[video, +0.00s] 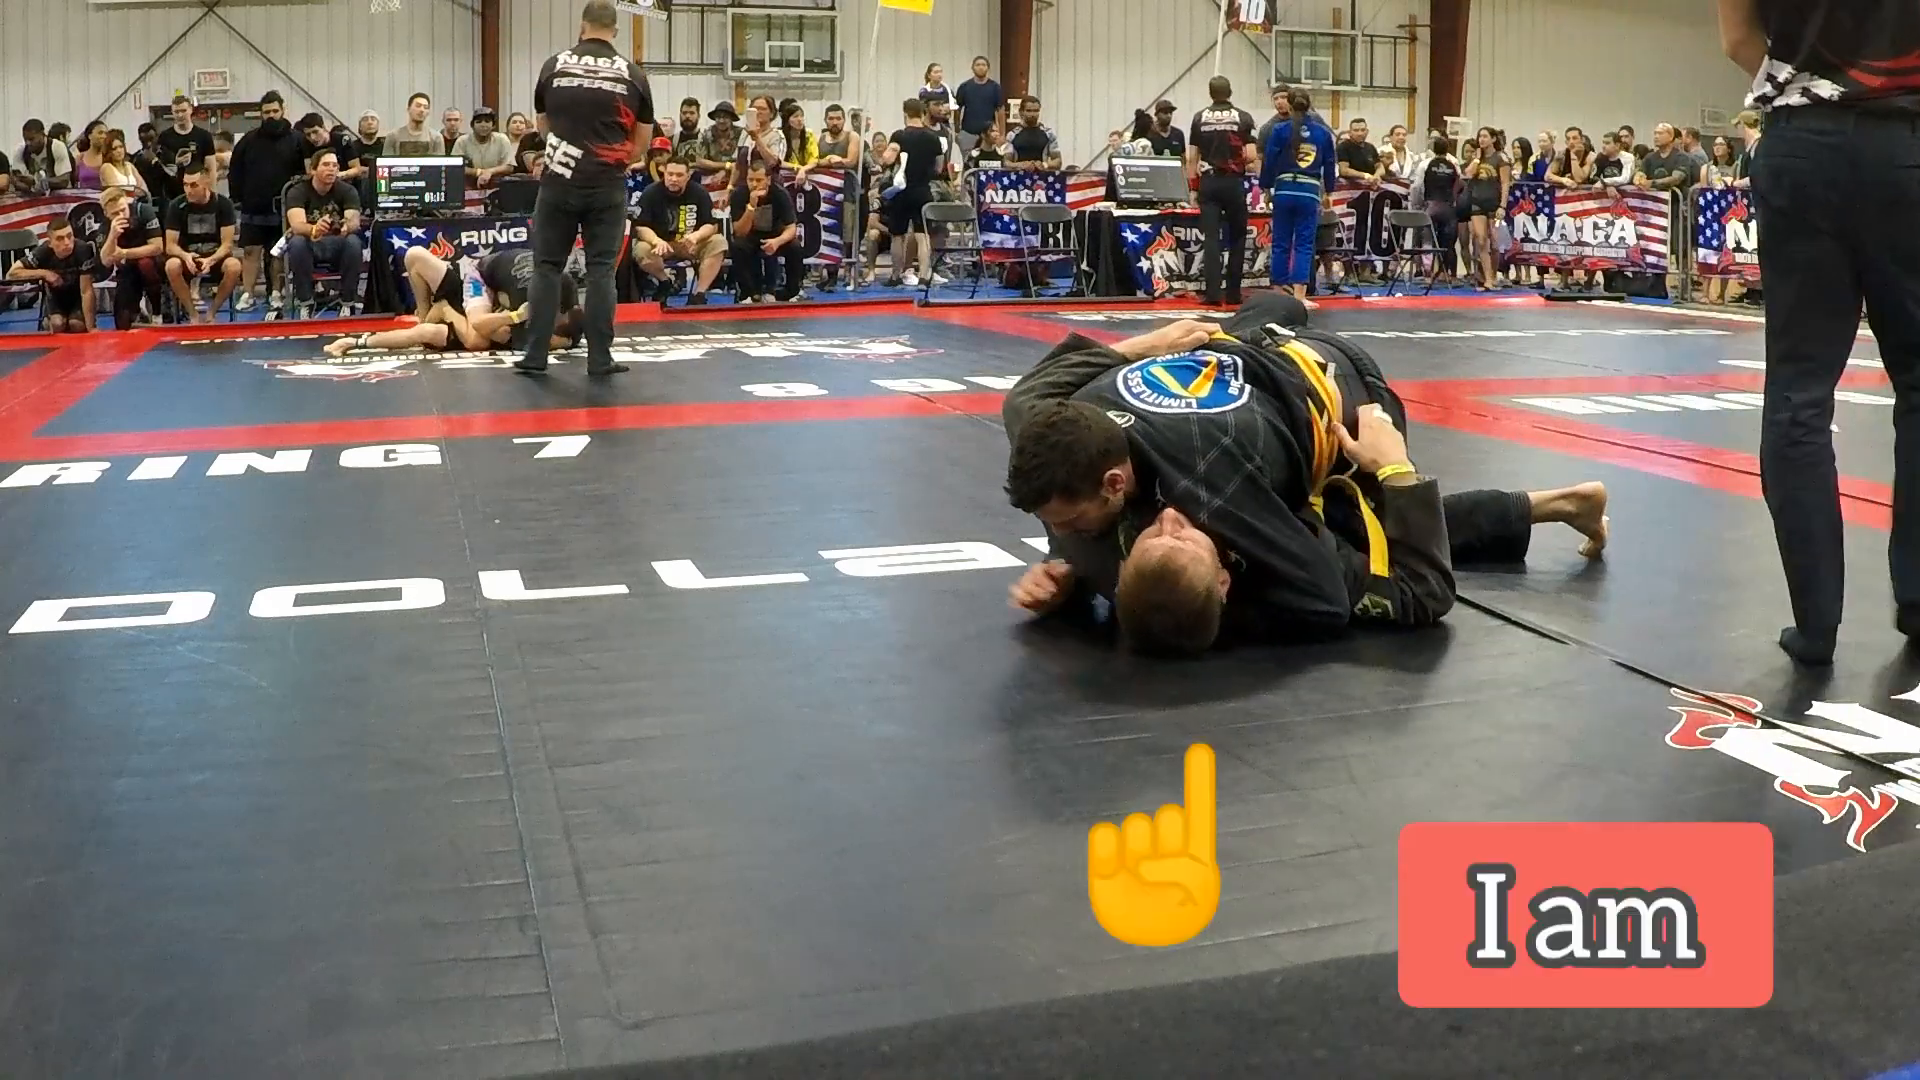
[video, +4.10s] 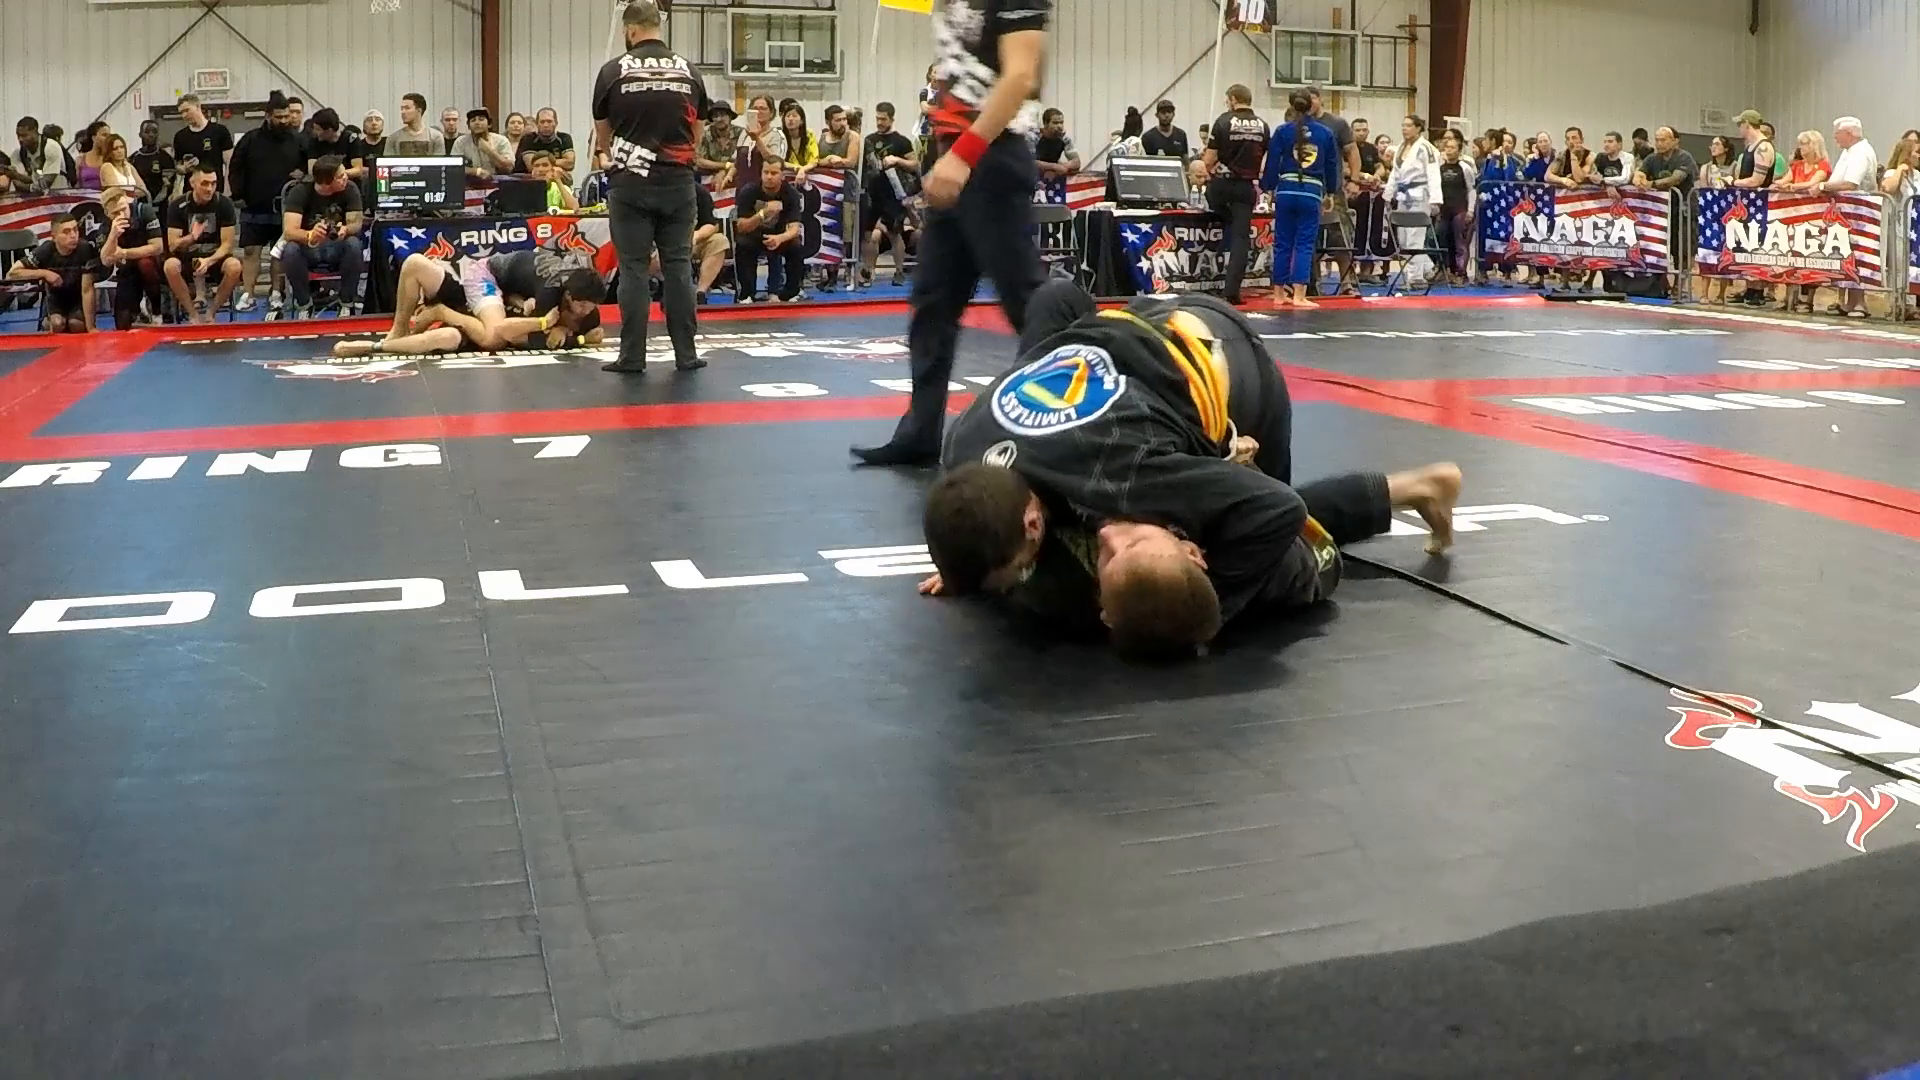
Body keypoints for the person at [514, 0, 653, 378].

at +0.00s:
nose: (586, 34)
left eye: (583, 27)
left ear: (582, 27)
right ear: (614, 30)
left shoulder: (554, 64)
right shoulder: (634, 74)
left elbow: (544, 123)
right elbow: (641, 144)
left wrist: (581, 140)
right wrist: (612, 163)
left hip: (559, 182)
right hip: (608, 183)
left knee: (547, 264)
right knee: (602, 268)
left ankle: (535, 355)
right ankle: (599, 359)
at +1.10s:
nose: (567, 40)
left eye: (562, 36)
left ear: (560, 35)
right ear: (592, 29)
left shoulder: (545, 75)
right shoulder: (622, 65)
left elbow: (548, 135)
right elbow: (640, 130)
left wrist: (579, 154)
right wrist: (628, 157)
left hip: (570, 184)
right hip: (616, 179)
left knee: (580, 266)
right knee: (634, 260)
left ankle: (584, 357)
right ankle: (650, 350)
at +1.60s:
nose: (610, 39)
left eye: (610, 35)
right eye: (614, 35)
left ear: (614, 35)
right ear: (643, 32)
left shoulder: (597, 71)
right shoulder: (669, 72)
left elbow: (587, 137)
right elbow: (677, 130)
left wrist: (606, 168)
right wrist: (658, 165)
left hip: (611, 186)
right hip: (659, 187)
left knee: (599, 268)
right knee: (658, 266)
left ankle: (589, 356)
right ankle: (665, 354)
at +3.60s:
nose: (621, 37)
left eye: (620, 32)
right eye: (622, 32)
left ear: (626, 30)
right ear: (654, 27)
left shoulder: (609, 70)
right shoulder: (685, 69)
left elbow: (600, 134)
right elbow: (693, 127)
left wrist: (614, 161)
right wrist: (675, 158)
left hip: (628, 183)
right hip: (675, 182)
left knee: (631, 266)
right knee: (677, 264)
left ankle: (631, 358)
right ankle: (686, 355)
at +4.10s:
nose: (626, 38)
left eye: (625, 33)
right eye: (628, 34)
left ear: (630, 31)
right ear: (660, 28)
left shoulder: (612, 70)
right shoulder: (689, 69)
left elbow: (603, 135)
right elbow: (697, 129)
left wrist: (606, 154)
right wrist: (682, 161)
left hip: (631, 182)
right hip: (678, 181)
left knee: (633, 267)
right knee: (678, 263)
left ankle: (632, 357)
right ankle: (686, 355)